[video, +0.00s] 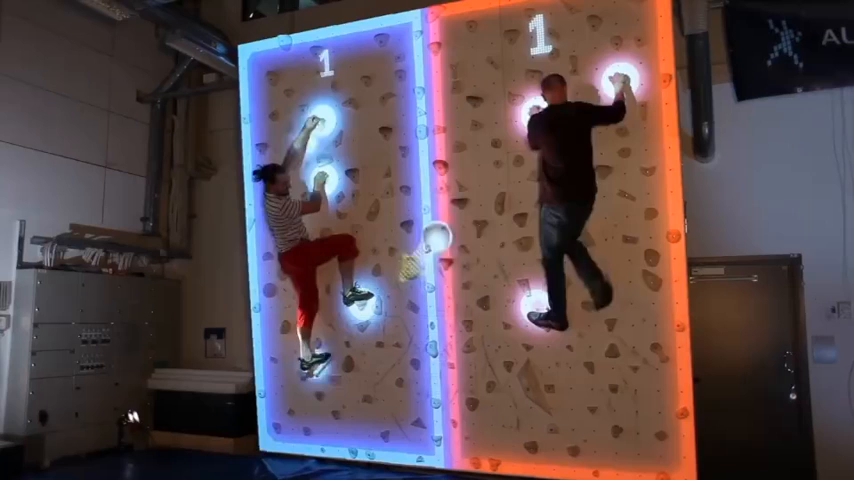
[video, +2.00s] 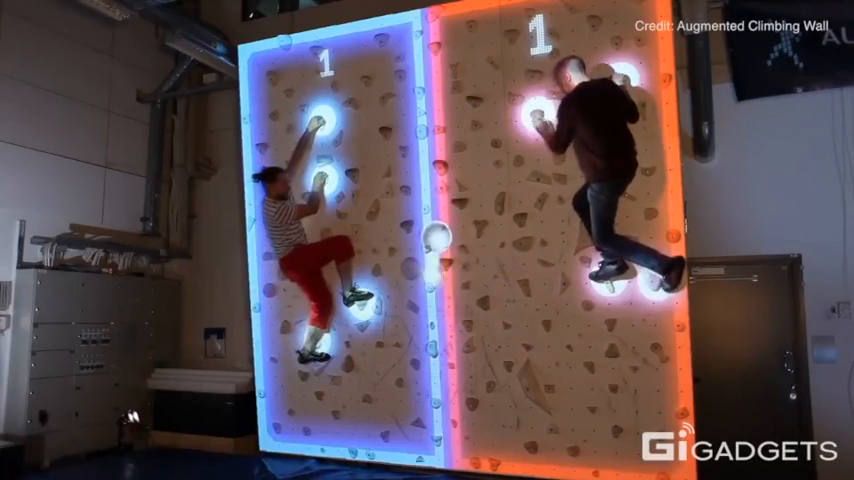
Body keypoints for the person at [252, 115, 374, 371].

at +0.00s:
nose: (287, 184)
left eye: (286, 180)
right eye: (283, 182)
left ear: (279, 181)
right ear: (273, 186)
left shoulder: (271, 195)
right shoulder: (282, 205)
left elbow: (292, 159)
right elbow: (316, 206)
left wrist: (307, 130)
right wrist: (319, 186)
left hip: (289, 258)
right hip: (300, 253)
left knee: (308, 303)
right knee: (346, 243)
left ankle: (306, 358)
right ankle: (349, 290)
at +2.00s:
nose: (288, 184)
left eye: (286, 180)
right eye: (283, 181)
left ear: (276, 185)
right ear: (272, 186)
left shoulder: (272, 203)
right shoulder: (280, 208)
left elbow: (293, 164)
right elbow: (313, 208)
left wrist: (310, 132)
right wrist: (319, 188)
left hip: (290, 262)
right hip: (298, 258)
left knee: (323, 303)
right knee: (341, 244)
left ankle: (308, 350)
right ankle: (349, 291)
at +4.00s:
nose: (282, 178)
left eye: (281, 174)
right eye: (278, 175)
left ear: (264, 179)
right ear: (267, 180)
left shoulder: (258, 196)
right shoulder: (274, 201)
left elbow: (277, 171)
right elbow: (310, 207)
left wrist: (293, 156)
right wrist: (319, 186)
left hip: (285, 256)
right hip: (294, 252)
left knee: (312, 299)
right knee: (339, 243)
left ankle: (306, 350)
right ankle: (348, 291)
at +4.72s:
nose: (284, 178)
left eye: (281, 175)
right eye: (280, 176)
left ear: (268, 183)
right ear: (269, 183)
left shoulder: (268, 194)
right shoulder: (278, 205)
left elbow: (298, 167)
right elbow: (311, 208)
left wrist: (330, 171)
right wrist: (320, 182)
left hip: (285, 256)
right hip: (293, 253)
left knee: (311, 301)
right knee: (338, 244)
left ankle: (306, 351)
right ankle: (348, 293)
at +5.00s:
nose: (299, 174)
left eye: (297, 171)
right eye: (295, 173)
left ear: (284, 180)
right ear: (284, 180)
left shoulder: (290, 188)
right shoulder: (286, 199)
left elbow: (323, 170)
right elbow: (315, 207)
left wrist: (359, 165)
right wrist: (319, 184)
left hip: (286, 249)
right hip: (292, 248)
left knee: (301, 299)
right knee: (337, 243)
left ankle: (304, 351)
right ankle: (348, 292)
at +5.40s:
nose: (306, 164)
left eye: (304, 162)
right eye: (302, 164)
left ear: (290, 171)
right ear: (294, 171)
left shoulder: (290, 183)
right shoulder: (293, 193)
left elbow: (318, 152)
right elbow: (322, 209)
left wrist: (342, 127)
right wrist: (321, 185)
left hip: (290, 246)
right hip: (300, 243)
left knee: (303, 296)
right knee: (345, 242)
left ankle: (305, 350)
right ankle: (348, 292)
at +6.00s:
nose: (300, 160)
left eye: (297, 158)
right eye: (296, 159)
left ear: (285, 169)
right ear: (288, 169)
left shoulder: (285, 177)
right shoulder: (292, 189)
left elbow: (310, 144)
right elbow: (316, 209)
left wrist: (329, 112)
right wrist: (319, 185)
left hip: (287, 243)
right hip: (297, 240)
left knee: (300, 294)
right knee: (343, 242)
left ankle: (305, 347)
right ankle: (348, 292)